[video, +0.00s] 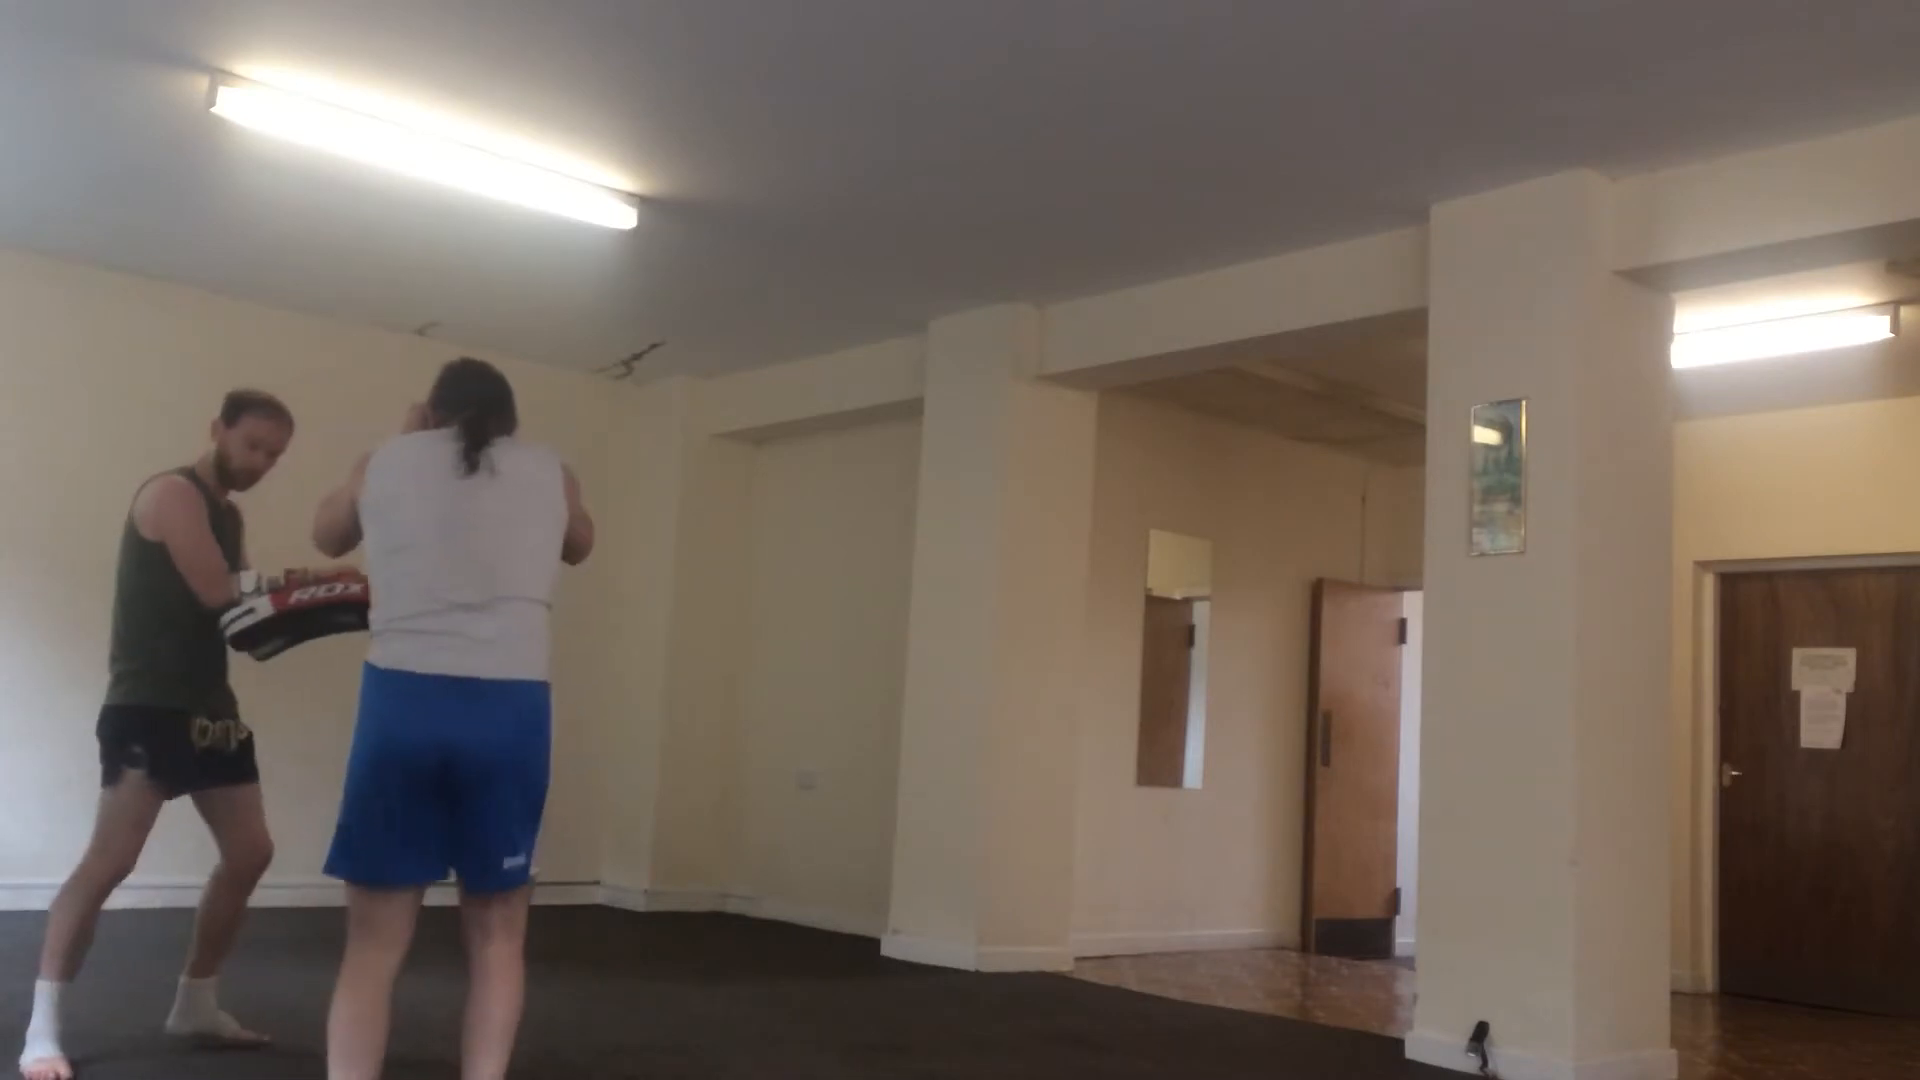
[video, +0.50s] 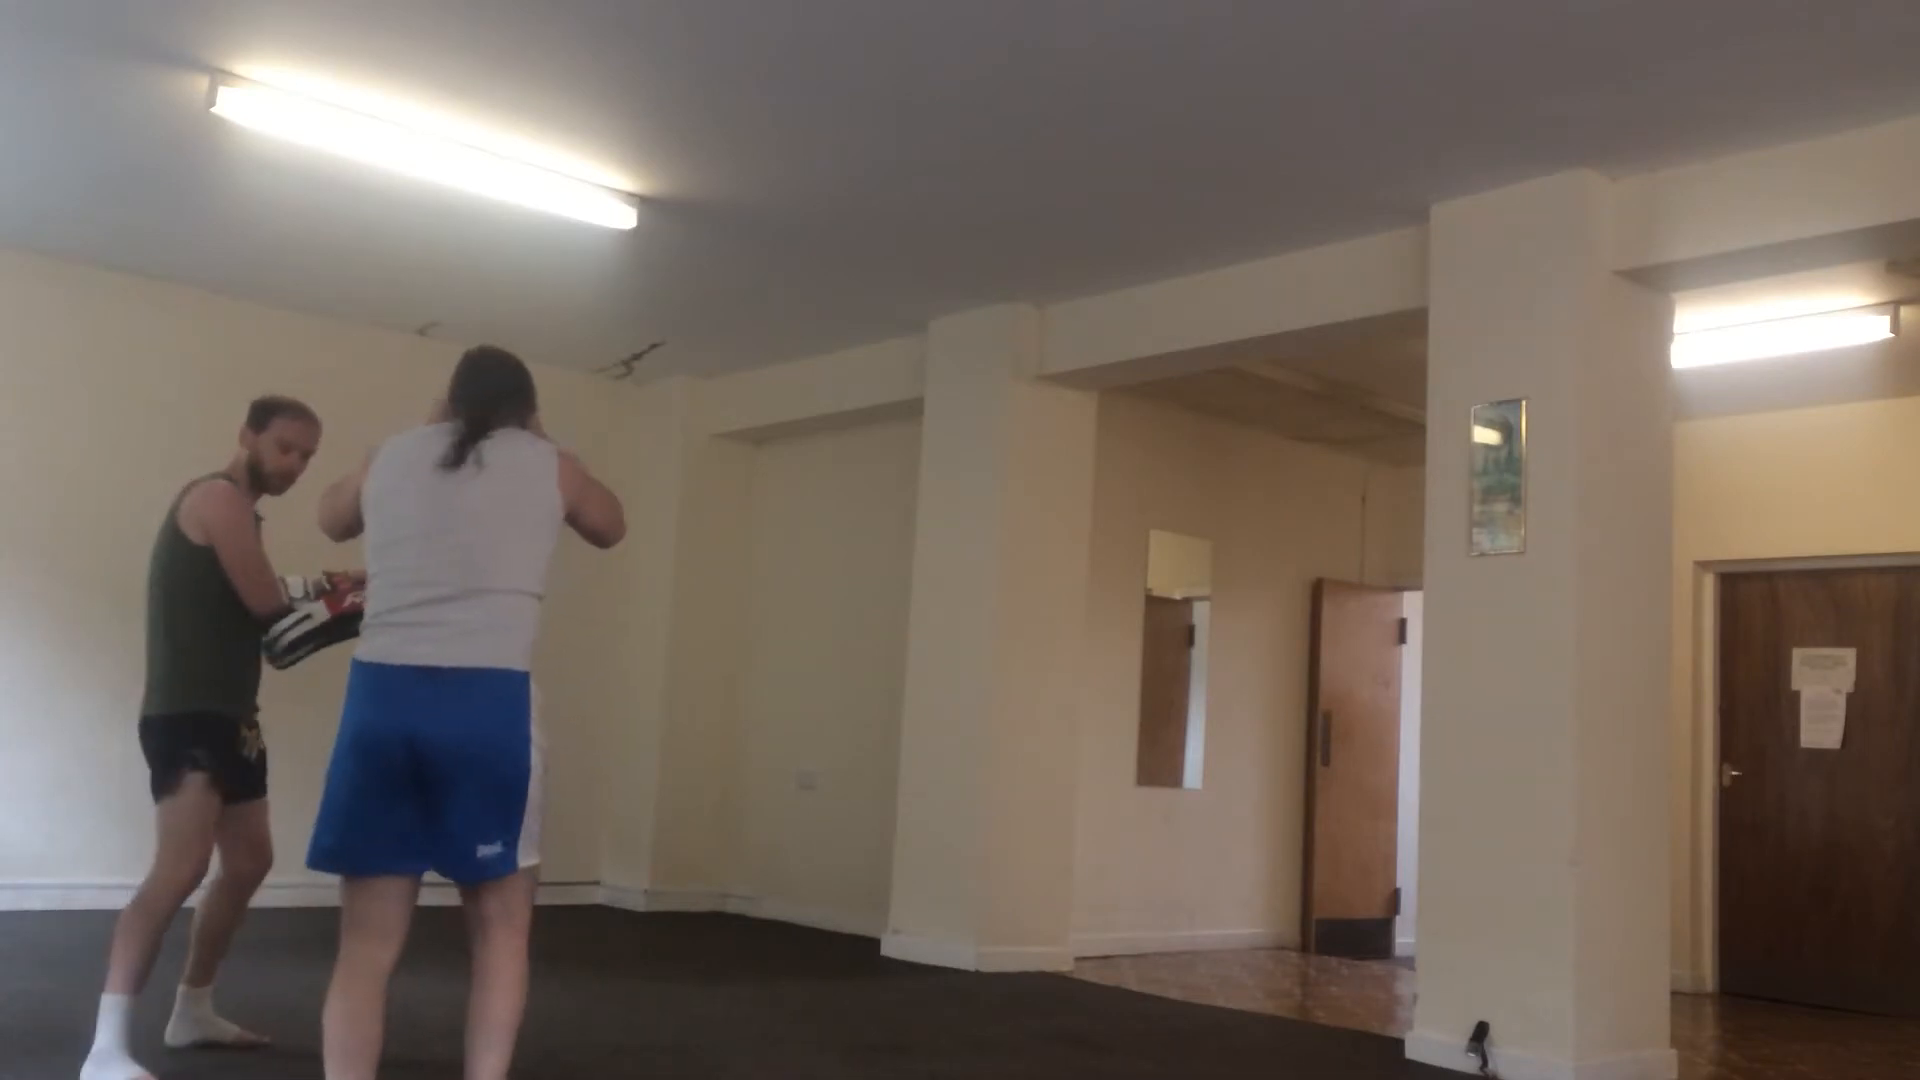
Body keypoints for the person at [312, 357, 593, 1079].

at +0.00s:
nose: (421, 406)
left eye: (428, 399)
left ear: (431, 407)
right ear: (508, 415)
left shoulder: (384, 462)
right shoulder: (549, 472)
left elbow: (329, 533)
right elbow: (579, 546)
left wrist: (398, 450)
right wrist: (521, 491)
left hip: (401, 714)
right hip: (509, 719)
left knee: (374, 944)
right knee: (498, 937)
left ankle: (350, 1073)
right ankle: (483, 1073)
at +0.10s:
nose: (420, 405)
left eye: (426, 398)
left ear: (429, 404)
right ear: (509, 411)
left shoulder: (382, 458)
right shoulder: (548, 467)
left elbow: (330, 533)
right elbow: (583, 542)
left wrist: (404, 453)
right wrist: (522, 490)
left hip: (396, 709)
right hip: (506, 714)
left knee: (372, 941)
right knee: (495, 930)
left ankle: (348, 1073)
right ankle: (482, 1073)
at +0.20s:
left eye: (437, 388)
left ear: (437, 398)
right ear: (515, 407)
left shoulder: (388, 452)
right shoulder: (555, 466)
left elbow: (329, 523)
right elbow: (588, 536)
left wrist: (406, 442)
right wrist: (528, 481)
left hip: (396, 703)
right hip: (506, 710)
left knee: (371, 941)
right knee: (500, 937)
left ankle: (347, 1074)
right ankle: (490, 1074)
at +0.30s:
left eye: (447, 385)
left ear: (443, 397)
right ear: (521, 406)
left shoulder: (391, 452)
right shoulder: (554, 464)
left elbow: (329, 520)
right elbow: (593, 535)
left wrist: (408, 439)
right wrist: (545, 478)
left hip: (392, 706)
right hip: (500, 711)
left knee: (373, 939)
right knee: (499, 933)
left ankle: (347, 1074)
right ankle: (490, 1073)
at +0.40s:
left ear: (447, 398)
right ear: (525, 406)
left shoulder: (390, 454)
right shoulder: (552, 465)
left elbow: (329, 519)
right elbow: (603, 531)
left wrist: (411, 441)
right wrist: (558, 475)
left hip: (384, 710)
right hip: (493, 714)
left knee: (370, 937)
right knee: (499, 933)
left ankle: (346, 1074)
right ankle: (489, 1073)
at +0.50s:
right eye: (535, 411)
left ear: (450, 398)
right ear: (527, 408)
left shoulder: (393, 456)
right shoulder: (548, 464)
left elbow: (333, 515)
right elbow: (610, 526)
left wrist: (410, 457)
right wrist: (555, 462)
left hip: (381, 710)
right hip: (488, 713)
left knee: (367, 940)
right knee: (500, 930)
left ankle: (346, 1075)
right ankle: (484, 1072)